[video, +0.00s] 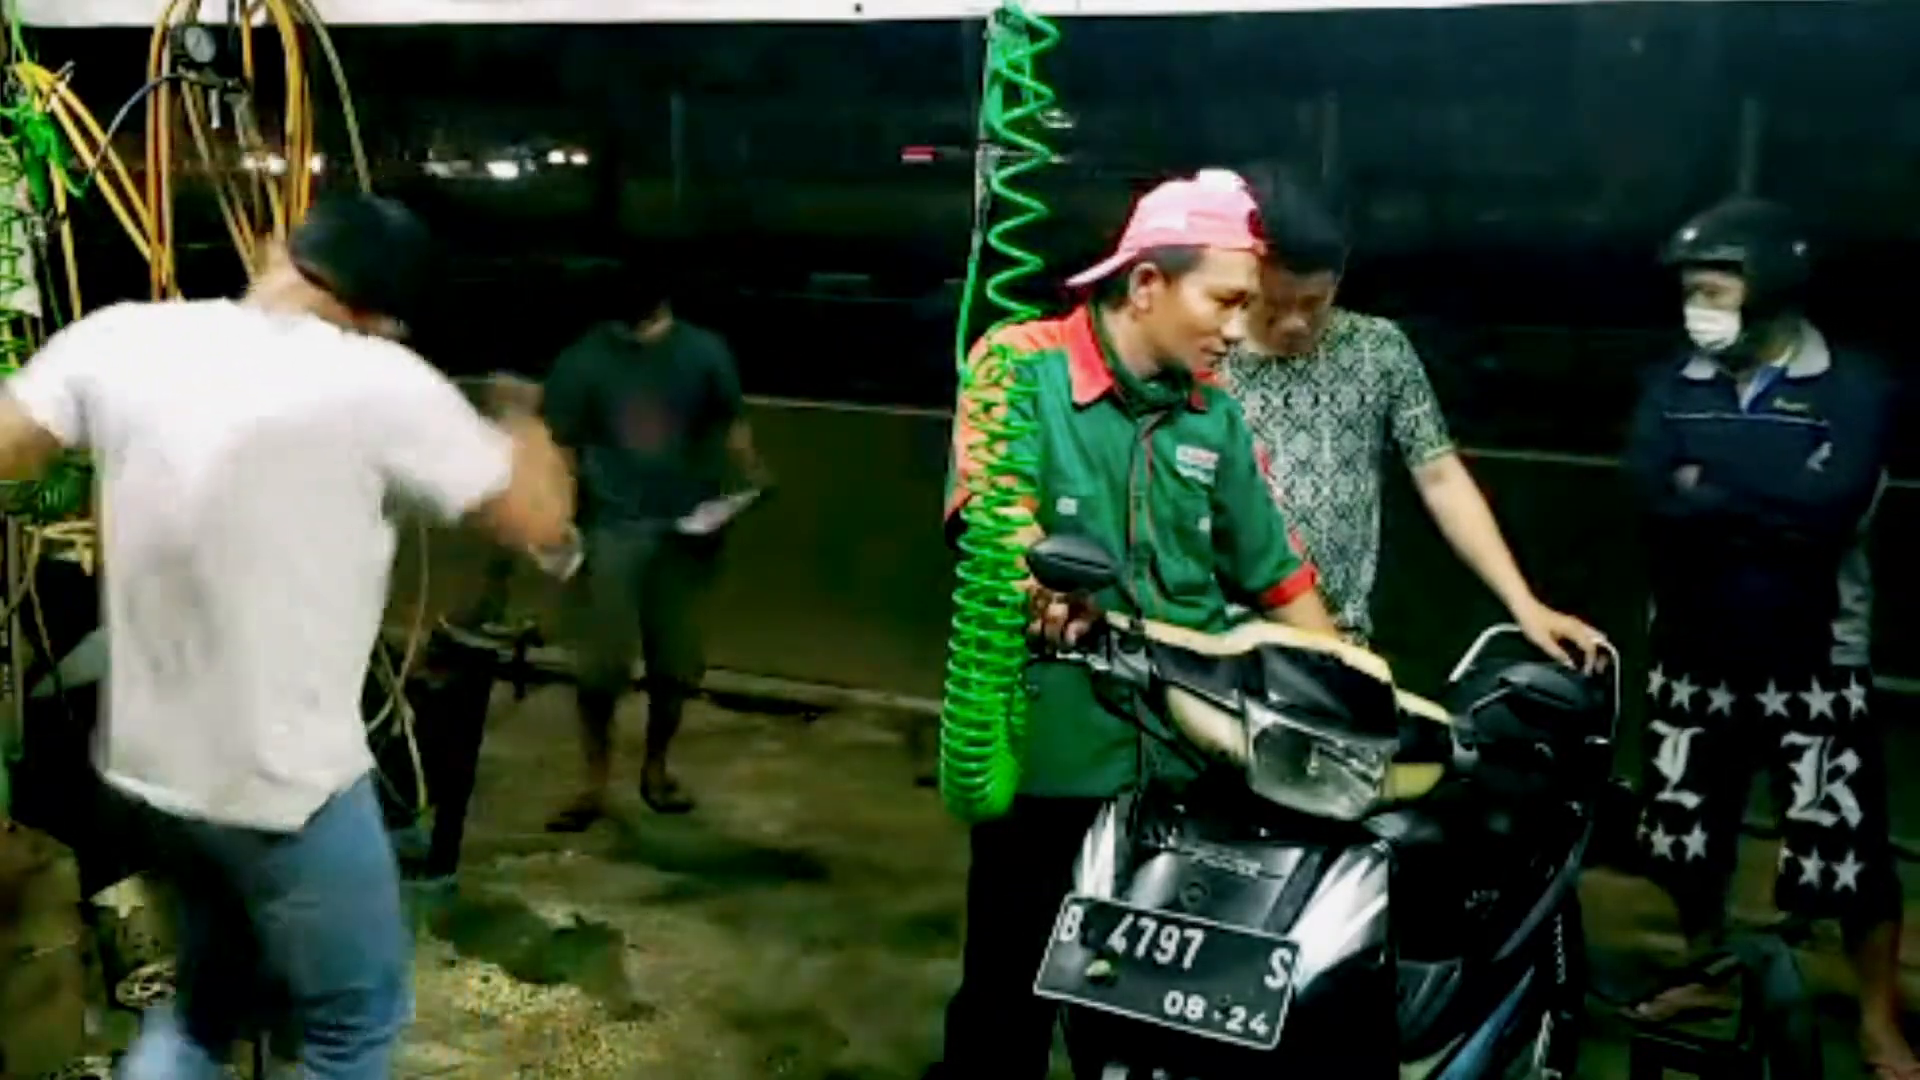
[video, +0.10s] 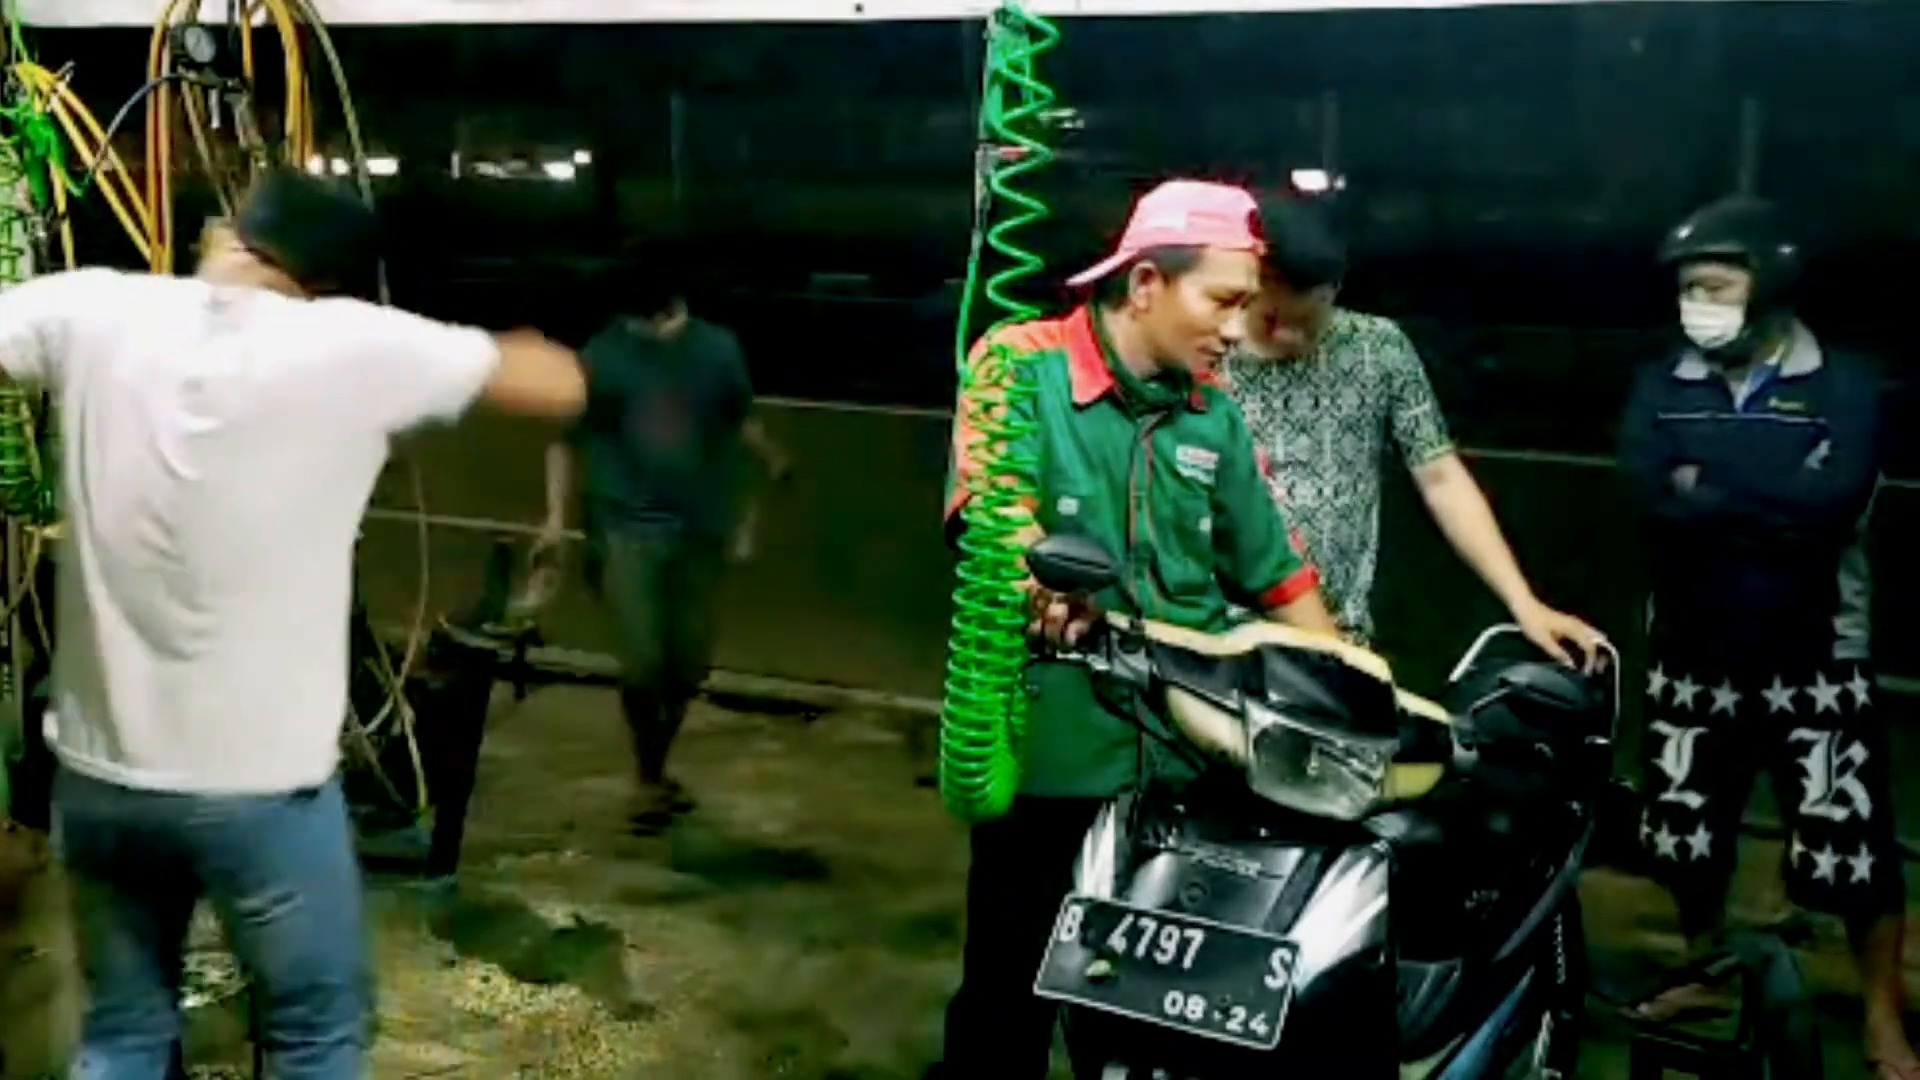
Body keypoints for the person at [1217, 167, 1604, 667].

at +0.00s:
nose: (1295, 322)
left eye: (1314, 303)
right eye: (1275, 303)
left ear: (1337, 283)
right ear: (1243, 279)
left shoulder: (1378, 351)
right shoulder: (1202, 352)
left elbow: (1442, 479)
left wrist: (1526, 607)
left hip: (1337, 641)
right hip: (1219, 636)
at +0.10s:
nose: (1286, 334)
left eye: (1304, 317)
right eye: (1268, 318)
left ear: (1332, 291)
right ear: (1243, 290)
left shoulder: (1376, 350)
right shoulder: (1202, 353)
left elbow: (1441, 479)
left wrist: (1526, 606)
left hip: (1336, 644)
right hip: (1219, 638)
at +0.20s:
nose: (1280, 341)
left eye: (1298, 324)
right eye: (1263, 323)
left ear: (1328, 297)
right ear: (1238, 298)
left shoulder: (1376, 347)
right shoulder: (1200, 355)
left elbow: (1442, 479)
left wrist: (1526, 606)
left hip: (1337, 645)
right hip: (1218, 640)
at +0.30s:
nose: (1263, 351)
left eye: (1283, 335)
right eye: (1249, 335)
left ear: (1320, 303)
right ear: (1228, 309)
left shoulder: (1374, 346)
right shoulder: (1196, 358)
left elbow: (1443, 479)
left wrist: (1526, 607)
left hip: (1338, 648)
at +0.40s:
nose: (1248, 355)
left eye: (1271, 344)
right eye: (1241, 340)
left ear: (1315, 309)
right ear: (1226, 310)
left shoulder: (1373, 345)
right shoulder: (1196, 359)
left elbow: (1444, 479)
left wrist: (1526, 606)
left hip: (1340, 648)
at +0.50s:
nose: (1253, 365)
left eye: (1271, 351)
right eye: (1244, 351)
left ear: (1310, 312)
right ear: (1226, 327)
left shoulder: (1373, 347)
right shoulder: (1197, 367)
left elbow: (1445, 478)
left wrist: (1526, 606)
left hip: (1342, 646)